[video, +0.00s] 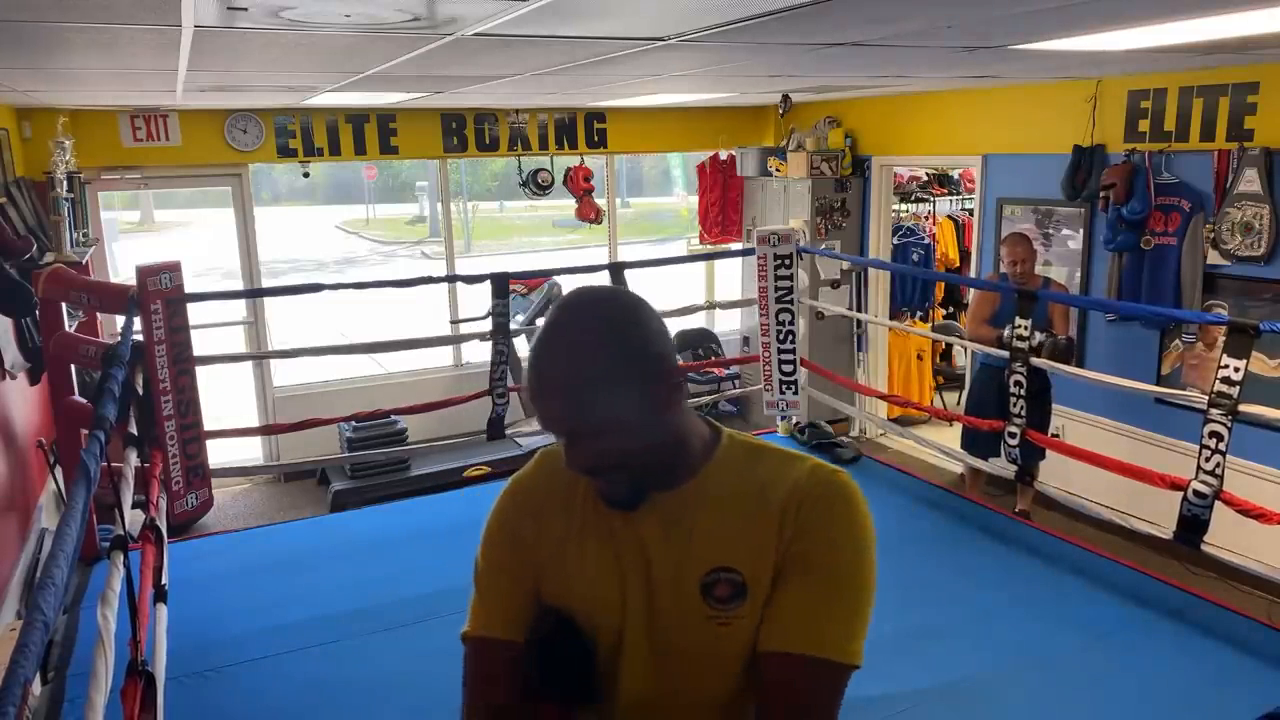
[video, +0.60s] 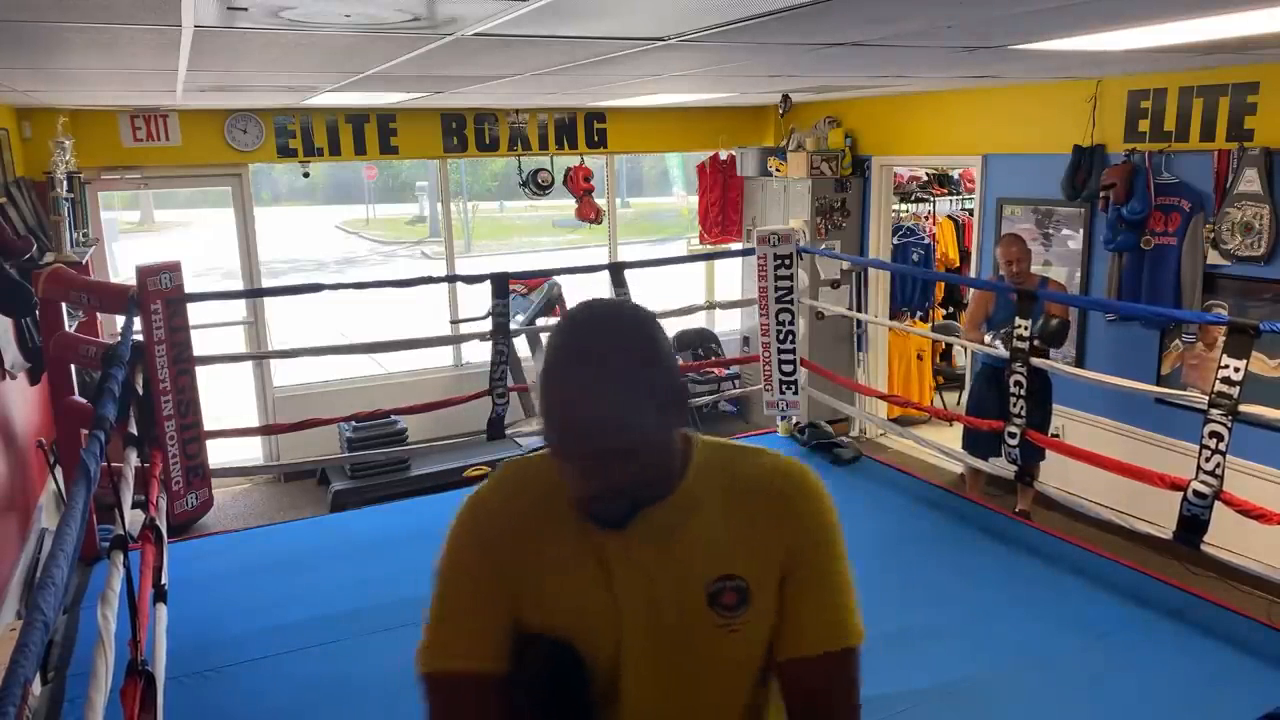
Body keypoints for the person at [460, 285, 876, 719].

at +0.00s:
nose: (576, 466)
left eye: (598, 444)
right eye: (558, 438)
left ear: (673, 389)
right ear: (538, 411)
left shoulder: (813, 506)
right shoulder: (528, 503)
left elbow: (794, 708)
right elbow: (489, 703)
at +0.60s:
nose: (584, 486)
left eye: (615, 456)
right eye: (565, 455)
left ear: (680, 417)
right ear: (546, 426)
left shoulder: (783, 503)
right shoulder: (495, 516)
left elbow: (826, 707)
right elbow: (459, 701)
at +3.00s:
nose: (449, 379)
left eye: (454, 363)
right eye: (445, 359)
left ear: (384, 339)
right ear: (392, 340)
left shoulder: (312, 418)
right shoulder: (379, 444)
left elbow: (460, 500)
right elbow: (514, 597)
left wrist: (530, 540)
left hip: (383, 700)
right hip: (456, 705)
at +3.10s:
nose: (445, 383)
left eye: (451, 367)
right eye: (441, 365)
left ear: (369, 339)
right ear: (392, 347)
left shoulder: (314, 419)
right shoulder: (374, 449)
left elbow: (456, 494)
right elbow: (504, 605)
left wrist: (531, 538)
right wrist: (529, 578)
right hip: (445, 706)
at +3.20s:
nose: (444, 385)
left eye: (450, 369)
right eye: (439, 367)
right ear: (386, 346)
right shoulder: (353, 446)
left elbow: (459, 489)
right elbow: (492, 608)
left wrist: (535, 535)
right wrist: (518, 583)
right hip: (426, 708)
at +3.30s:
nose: (446, 391)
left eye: (451, 373)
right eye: (441, 371)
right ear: (389, 350)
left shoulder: (371, 416)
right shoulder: (346, 450)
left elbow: (458, 487)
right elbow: (484, 612)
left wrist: (535, 536)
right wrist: (515, 586)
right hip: (411, 709)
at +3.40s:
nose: (447, 396)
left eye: (454, 377)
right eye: (444, 375)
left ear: (382, 347)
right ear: (395, 351)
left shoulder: (371, 416)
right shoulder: (346, 454)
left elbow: (458, 488)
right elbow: (478, 617)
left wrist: (529, 540)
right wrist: (524, 602)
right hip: (406, 709)